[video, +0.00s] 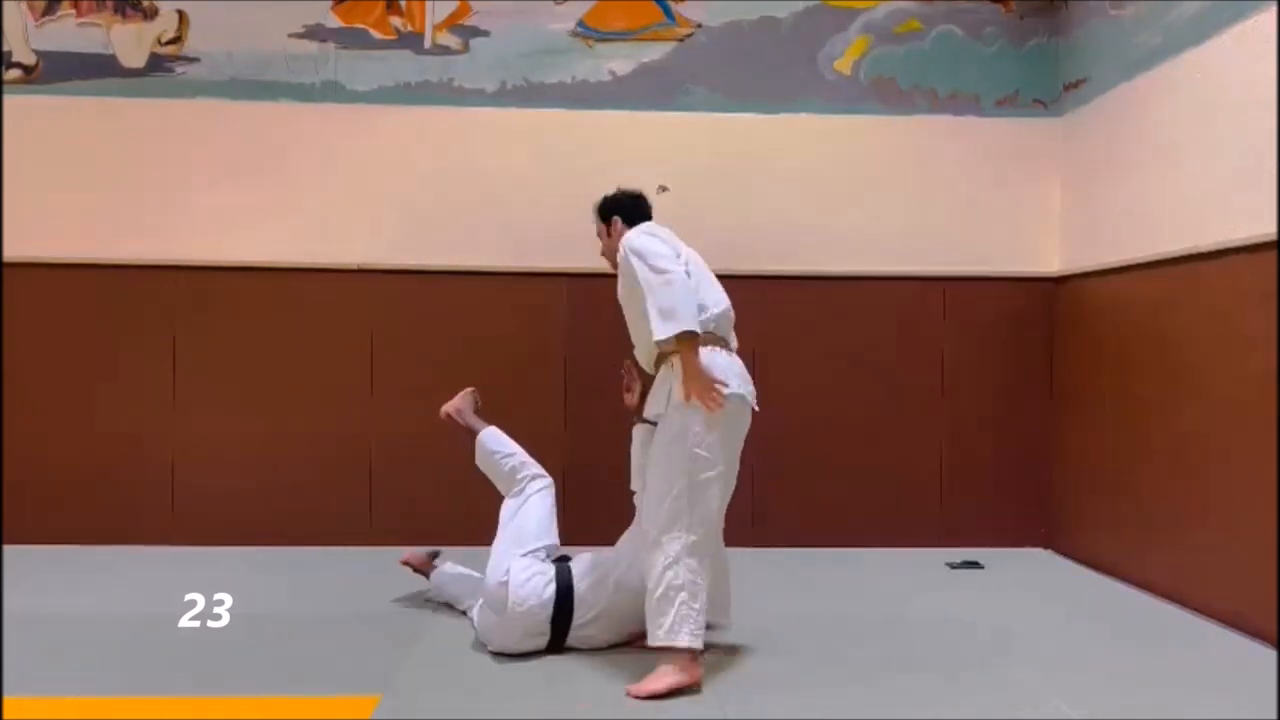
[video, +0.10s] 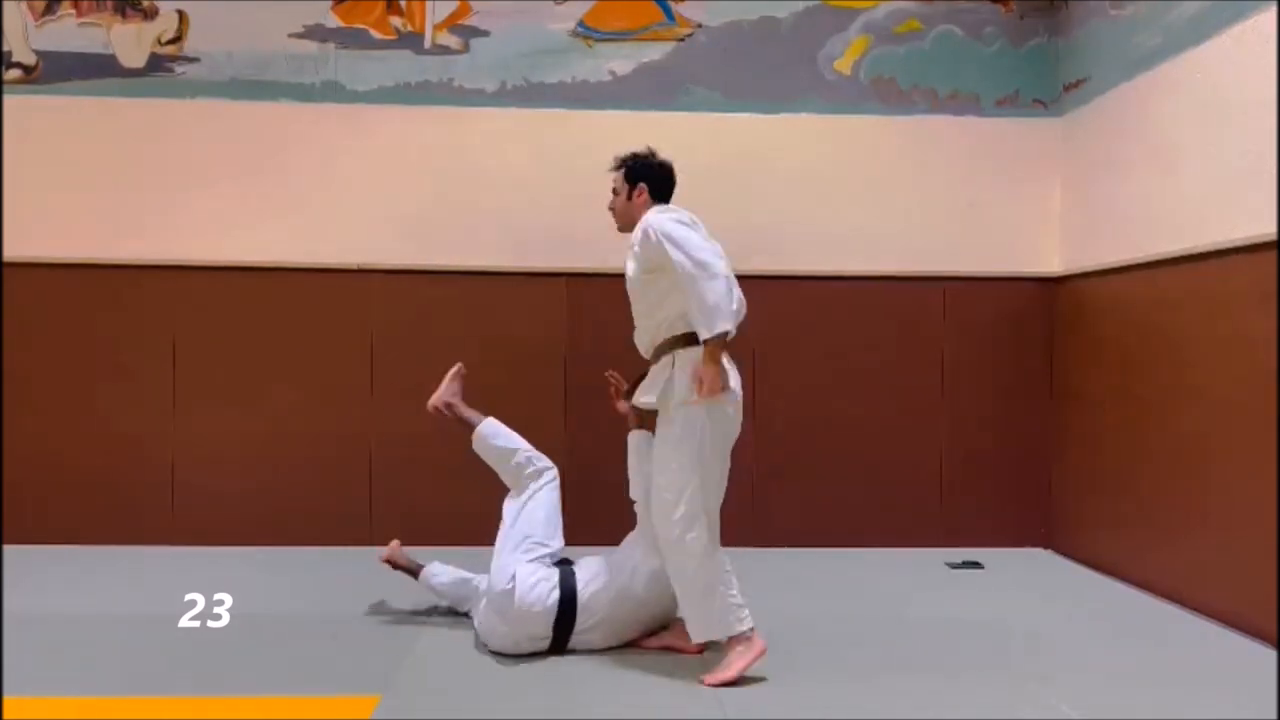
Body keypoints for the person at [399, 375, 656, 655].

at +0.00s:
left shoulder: (660, 542)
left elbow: (645, 487)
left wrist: (646, 416)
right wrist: (642, 415)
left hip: (525, 594)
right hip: (515, 638)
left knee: (533, 484)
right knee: (477, 599)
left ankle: (471, 418)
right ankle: (432, 567)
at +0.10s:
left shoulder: (667, 550)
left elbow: (649, 487)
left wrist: (638, 421)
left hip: (529, 597)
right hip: (513, 641)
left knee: (538, 478)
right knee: (480, 593)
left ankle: (456, 406)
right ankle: (407, 563)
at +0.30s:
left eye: (673, 527)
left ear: (678, 545)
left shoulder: (651, 560)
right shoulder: (652, 619)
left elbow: (598, 512)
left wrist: (531, 466)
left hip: (544, 599)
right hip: (530, 644)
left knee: (479, 487)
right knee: (480, 586)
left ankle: (357, 504)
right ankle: (395, 597)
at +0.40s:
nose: (601, 520)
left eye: (612, 518)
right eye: (607, 517)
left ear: (633, 523)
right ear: (637, 532)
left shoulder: (631, 538)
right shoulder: (624, 598)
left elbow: (547, 520)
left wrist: (462, 496)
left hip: (534, 604)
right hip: (519, 646)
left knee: (430, 514)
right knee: (474, 571)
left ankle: (353, 601)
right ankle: (393, 620)